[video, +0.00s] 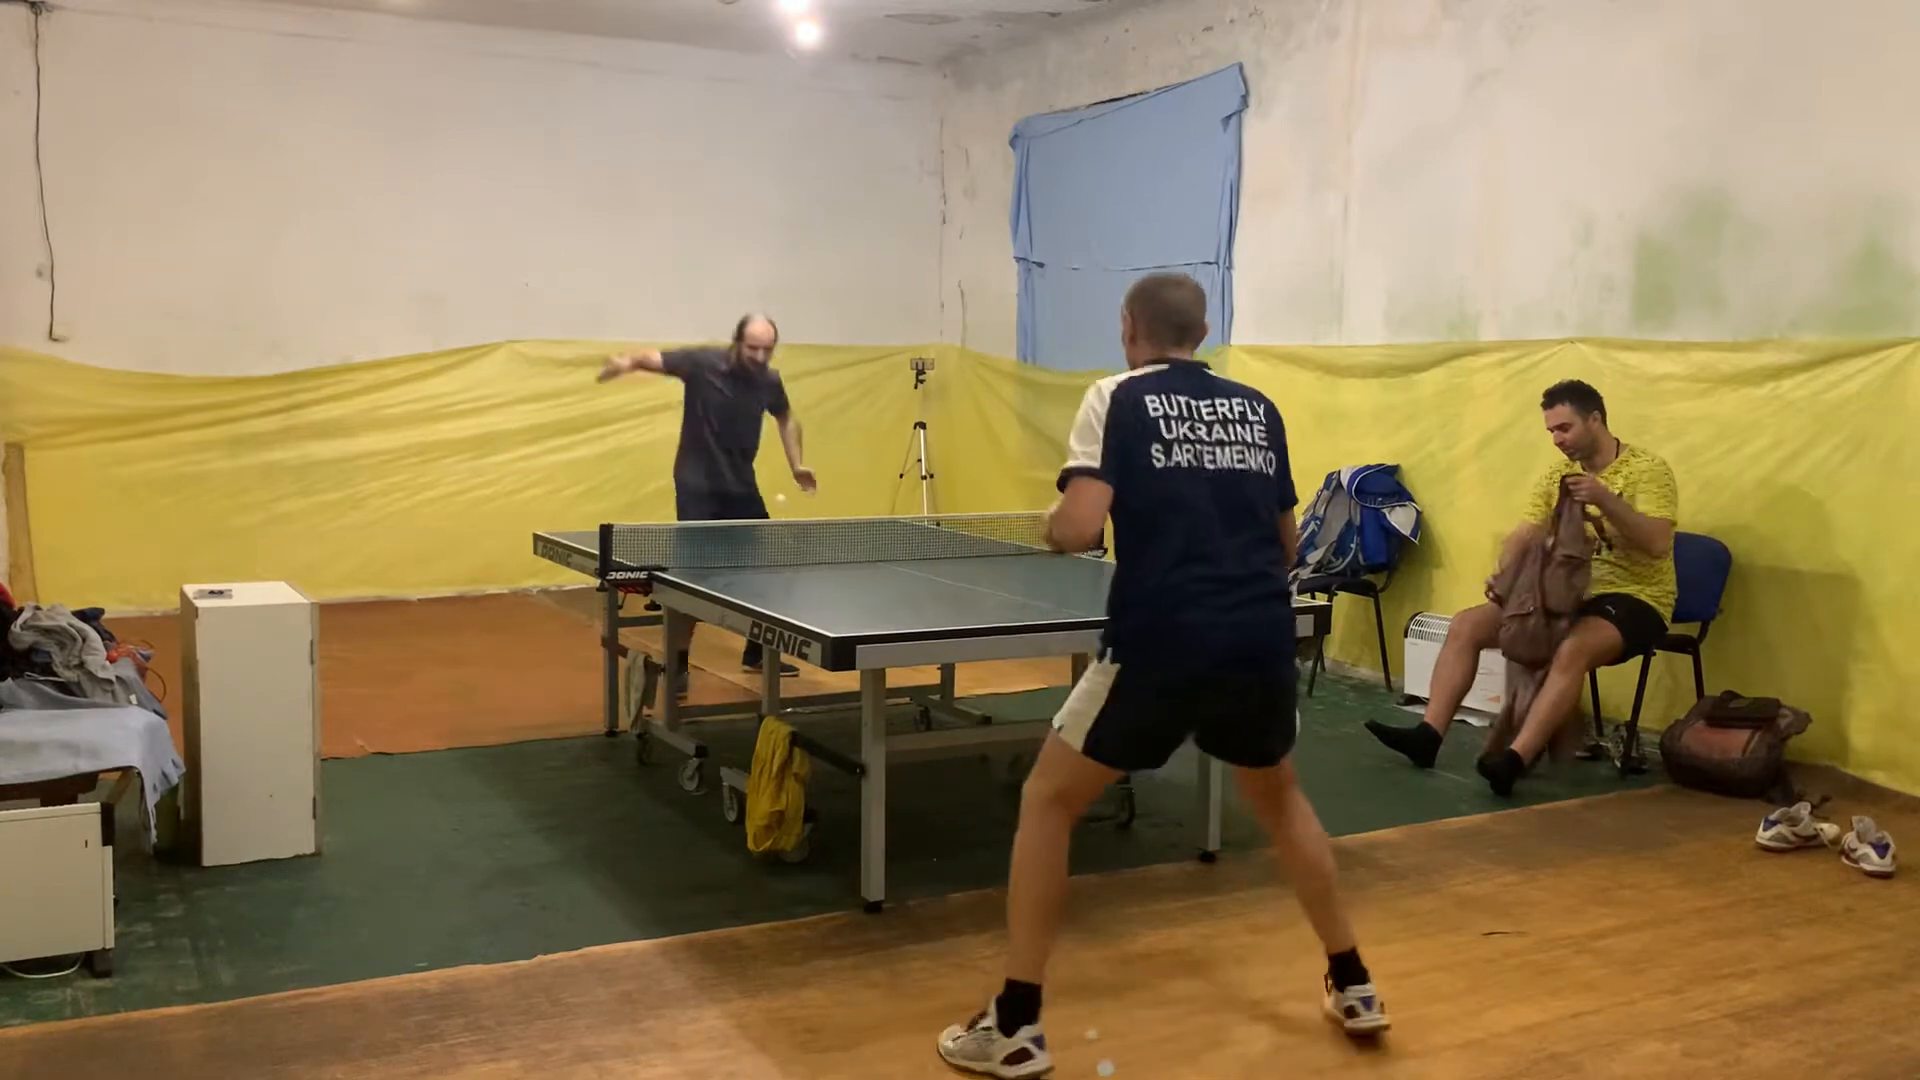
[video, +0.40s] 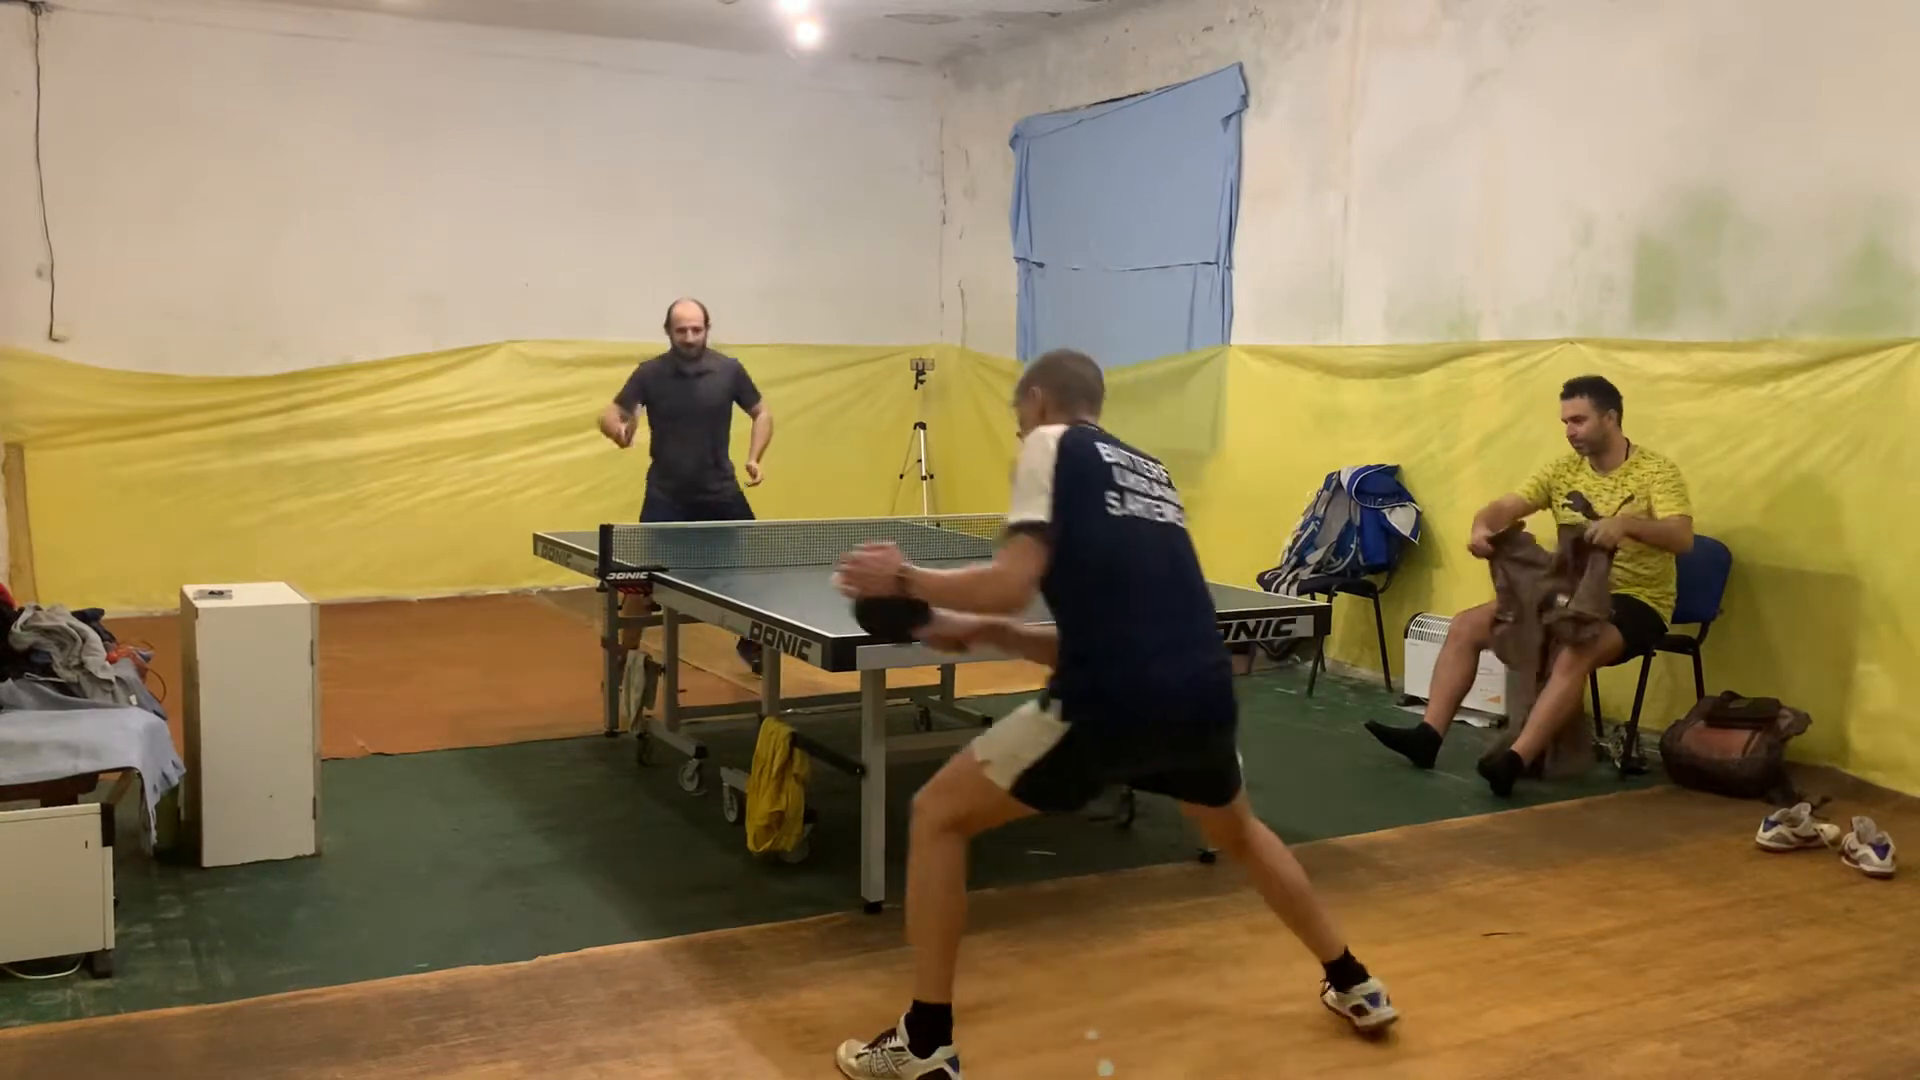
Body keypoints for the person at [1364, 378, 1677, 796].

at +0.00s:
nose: (1556, 440)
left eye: (1563, 429)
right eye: (1551, 432)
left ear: (1595, 419)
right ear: (1551, 431)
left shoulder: (1648, 469)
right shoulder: (1558, 476)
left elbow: (1658, 543)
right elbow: (1527, 534)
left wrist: (1605, 500)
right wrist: (1507, 576)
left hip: (1636, 598)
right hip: (1567, 594)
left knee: (1572, 650)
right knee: (1466, 625)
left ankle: (1515, 760)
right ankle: (1429, 734)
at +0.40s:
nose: (1569, 432)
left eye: (1577, 421)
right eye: (1565, 422)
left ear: (1611, 418)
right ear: (1565, 422)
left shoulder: (1657, 472)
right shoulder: (1564, 471)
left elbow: (1681, 536)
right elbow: (1509, 507)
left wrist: (1626, 524)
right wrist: (1482, 526)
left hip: (1638, 603)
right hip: (1570, 596)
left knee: (1572, 653)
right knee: (1466, 625)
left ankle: (1514, 759)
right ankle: (1429, 735)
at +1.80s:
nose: (1607, 421)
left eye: (1619, 413)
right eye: (1606, 412)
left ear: (1652, 422)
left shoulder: (1673, 482)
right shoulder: (1598, 471)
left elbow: (1633, 553)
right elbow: (1539, 523)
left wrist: (1567, 593)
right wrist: (1484, 572)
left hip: (1643, 601)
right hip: (1589, 587)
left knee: (1575, 646)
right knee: (1521, 519)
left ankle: (1515, 760)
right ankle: (1523, 635)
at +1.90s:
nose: (1608, 420)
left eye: (1619, 412)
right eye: (1607, 411)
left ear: (1653, 421)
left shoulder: (1674, 483)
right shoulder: (1598, 471)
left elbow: (1638, 557)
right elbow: (1543, 526)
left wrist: (1572, 598)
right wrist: (1500, 584)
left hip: (1644, 601)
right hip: (1588, 586)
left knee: (1575, 645)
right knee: (1520, 521)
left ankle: (1514, 760)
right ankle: (1512, 626)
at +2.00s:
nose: (1608, 420)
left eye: (1619, 412)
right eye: (1608, 412)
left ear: (1652, 421)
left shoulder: (1675, 484)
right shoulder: (1598, 471)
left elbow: (1643, 563)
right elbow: (1546, 528)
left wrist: (1581, 604)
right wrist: (1506, 589)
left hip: (1645, 601)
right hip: (1589, 587)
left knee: (1572, 647)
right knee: (1519, 521)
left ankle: (1514, 759)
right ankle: (1509, 633)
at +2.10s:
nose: (1607, 420)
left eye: (1618, 412)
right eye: (1607, 412)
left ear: (1652, 421)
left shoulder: (1676, 484)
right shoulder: (1598, 472)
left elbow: (1648, 565)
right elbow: (1547, 529)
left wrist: (1582, 604)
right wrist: (1507, 590)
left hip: (1646, 601)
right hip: (1589, 588)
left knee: (1574, 645)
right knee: (1519, 522)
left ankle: (1514, 759)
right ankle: (1508, 643)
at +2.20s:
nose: (1608, 420)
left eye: (1619, 413)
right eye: (1608, 412)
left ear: (1653, 421)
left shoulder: (1677, 483)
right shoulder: (1601, 472)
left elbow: (1651, 563)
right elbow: (1549, 530)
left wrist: (1581, 600)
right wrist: (1505, 589)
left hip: (1646, 602)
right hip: (1590, 587)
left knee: (1576, 644)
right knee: (1518, 523)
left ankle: (1516, 759)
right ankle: (1503, 642)